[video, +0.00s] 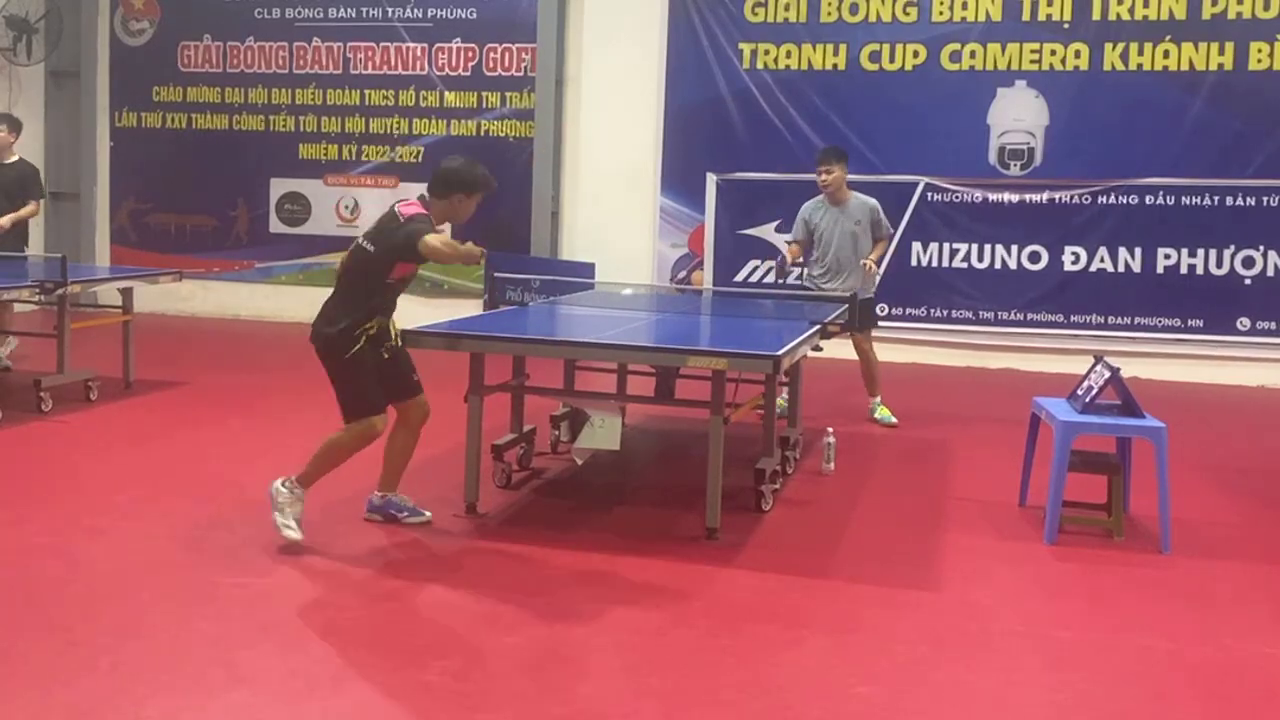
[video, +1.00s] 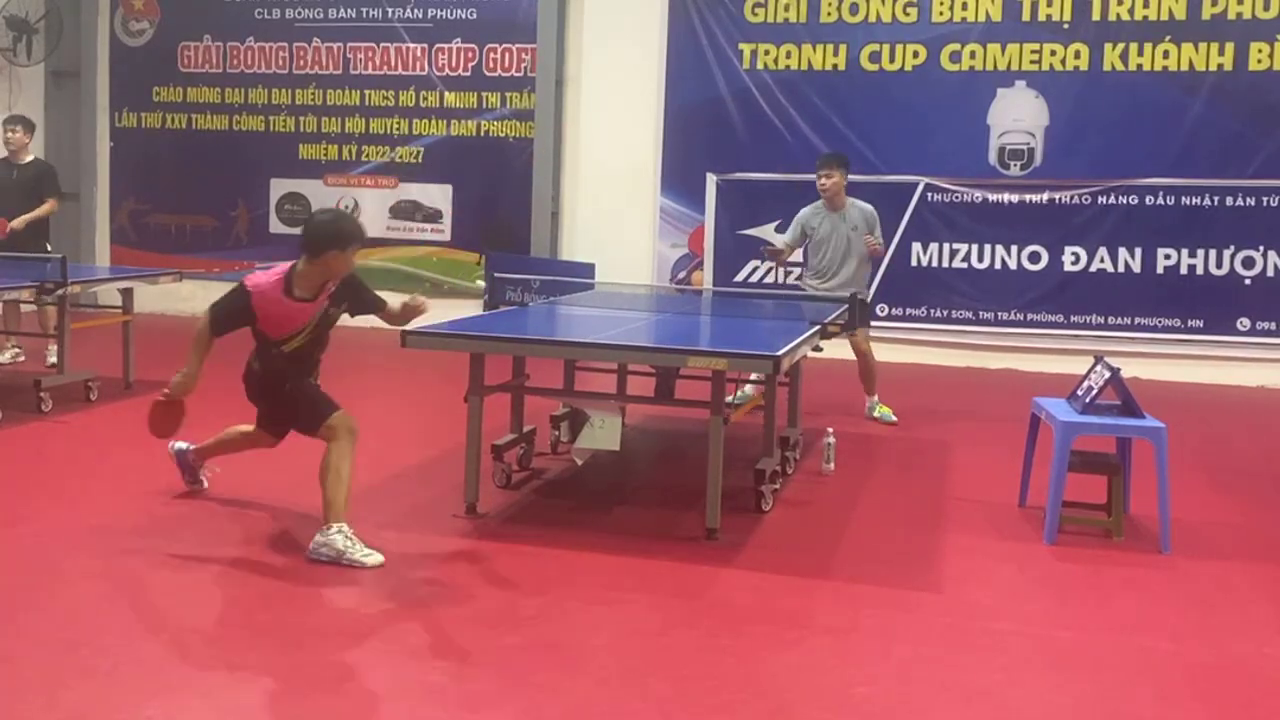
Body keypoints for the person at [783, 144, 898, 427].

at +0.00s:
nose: (823, 178)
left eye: (829, 172)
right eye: (819, 173)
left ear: (844, 172)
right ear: (816, 175)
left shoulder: (869, 207)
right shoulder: (809, 210)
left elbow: (883, 238)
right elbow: (798, 245)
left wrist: (873, 257)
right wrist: (790, 254)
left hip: (858, 292)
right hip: (816, 291)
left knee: (863, 344)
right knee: (794, 341)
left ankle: (876, 403)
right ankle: (788, 396)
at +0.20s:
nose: (808, 199)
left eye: (814, 193)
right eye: (804, 193)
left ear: (829, 191)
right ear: (799, 193)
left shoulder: (851, 221)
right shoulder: (791, 222)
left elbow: (861, 252)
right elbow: (761, 254)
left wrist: (858, 265)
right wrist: (777, 260)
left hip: (841, 301)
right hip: (803, 300)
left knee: (855, 354)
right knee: (780, 349)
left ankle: (875, 404)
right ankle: (762, 404)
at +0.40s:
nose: (808, 221)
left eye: (813, 215)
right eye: (802, 215)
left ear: (822, 211)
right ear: (793, 212)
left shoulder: (835, 227)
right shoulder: (781, 239)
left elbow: (837, 256)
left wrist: (852, 260)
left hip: (819, 302)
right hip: (784, 304)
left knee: (848, 354)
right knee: (766, 351)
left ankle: (868, 404)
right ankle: (759, 406)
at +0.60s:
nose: (813, 205)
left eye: (819, 199)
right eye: (808, 200)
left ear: (829, 199)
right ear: (801, 201)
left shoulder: (836, 216)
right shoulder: (793, 230)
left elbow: (845, 236)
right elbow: (782, 267)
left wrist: (863, 224)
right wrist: (801, 258)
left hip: (829, 304)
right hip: (793, 306)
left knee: (861, 350)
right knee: (774, 352)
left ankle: (872, 402)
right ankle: (761, 405)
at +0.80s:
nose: (825, 196)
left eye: (832, 190)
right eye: (822, 190)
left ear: (847, 193)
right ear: (818, 194)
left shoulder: (865, 223)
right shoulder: (806, 226)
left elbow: (888, 258)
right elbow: (781, 266)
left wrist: (890, 250)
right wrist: (790, 257)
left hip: (847, 302)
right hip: (807, 301)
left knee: (871, 355)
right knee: (782, 348)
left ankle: (874, 403)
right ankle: (764, 399)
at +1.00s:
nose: (822, 183)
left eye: (828, 177)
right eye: (819, 178)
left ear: (844, 179)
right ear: (816, 181)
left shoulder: (866, 213)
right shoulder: (807, 216)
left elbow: (878, 252)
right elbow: (786, 250)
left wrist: (875, 248)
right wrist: (776, 253)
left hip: (851, 297)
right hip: (811, 296)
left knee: (861, 347)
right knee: (779, 336)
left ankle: (872, 403)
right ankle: (754, 386)